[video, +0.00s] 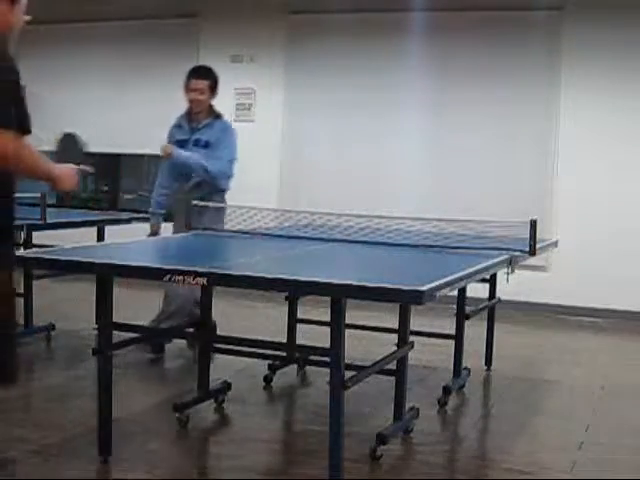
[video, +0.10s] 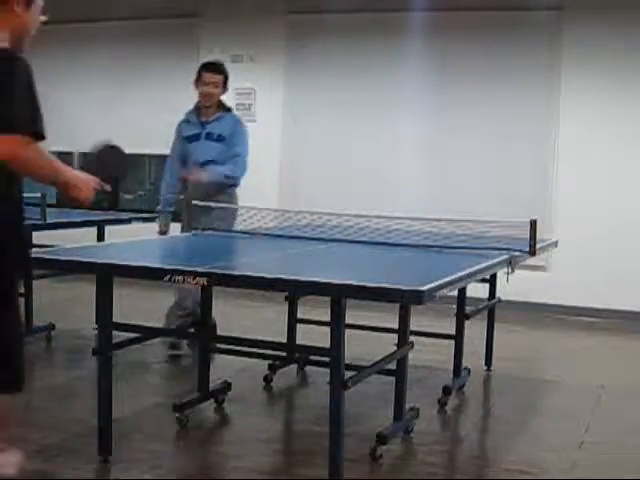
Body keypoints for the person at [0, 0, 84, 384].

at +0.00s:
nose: (24, 19)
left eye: (23, 10)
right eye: (21, 9)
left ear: (12, 12)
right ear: (8, 10)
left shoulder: (8, 62)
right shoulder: (5, 63)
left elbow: (13, 143)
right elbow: (9, 143)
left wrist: (51, 170)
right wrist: (54, 172)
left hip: (6, 218)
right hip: (3, 220)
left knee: (7, 283)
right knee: (6, 288)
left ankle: (7, 364)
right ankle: (5, 366)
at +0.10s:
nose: (39, 21)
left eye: (40, 12)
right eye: (37, 11)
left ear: (10, 11)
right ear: (17, 9)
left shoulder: (12, 63)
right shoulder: (10, 64)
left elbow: (15, 146)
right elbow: (13, 145)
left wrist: (65, 176)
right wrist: (68, 177)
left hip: (5, 242)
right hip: (1, 244)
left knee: (5, 346)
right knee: (3, 350)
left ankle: (5, 446)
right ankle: (2, 448)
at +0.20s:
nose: (55, 26)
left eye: (56, 16)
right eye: (54, 14)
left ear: (18, 11)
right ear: (31, 8)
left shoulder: (11, 64)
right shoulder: (13, 66)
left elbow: (19, 154)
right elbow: (20, 155)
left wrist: (73, 184)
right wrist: (79, 185)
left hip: (10, 256)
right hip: (7, 259)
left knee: (12, 373)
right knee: (11, 377)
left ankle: (29, 457)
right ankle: (28, 460)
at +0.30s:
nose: (77, 26)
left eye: (77, 16)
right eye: (74, 14)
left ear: (40, 10)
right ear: (47, 8)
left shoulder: (13, 61)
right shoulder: (23, 66)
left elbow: (23, 158)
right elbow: (23, 161)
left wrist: (78, 188)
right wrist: (85, 190)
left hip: (19, 250)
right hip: (19, 254)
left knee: (41, 365)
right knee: (40, 366)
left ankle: (45, 464)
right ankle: (45, 465)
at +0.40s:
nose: (95, 25)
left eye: (97, 15)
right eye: (91, 12)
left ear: (57, 12)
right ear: (61, 9)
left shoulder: (36, 67)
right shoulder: (30, 66)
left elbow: (37, 160)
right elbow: (28, 159)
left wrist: (88, 199)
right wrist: (92, 199)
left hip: (46, 258)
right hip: (27, 261)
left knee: (56, 383)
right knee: (39, 393)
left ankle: (51, 470)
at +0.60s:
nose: (130, 25)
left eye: (132, 16)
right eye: (127, 13)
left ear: (95, 11)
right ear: (100, 8)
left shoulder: (62, 60)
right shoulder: (67, 61)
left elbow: (81, 148)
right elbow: (41, 140)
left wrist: (126, 111)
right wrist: (109, 198)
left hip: (32, 246)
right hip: (58, 248)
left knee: (50, 376)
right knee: (102, 375)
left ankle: (48, 471)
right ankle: (75, 473)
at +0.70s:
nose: (149, 22)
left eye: (149, 12)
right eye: (145, 11)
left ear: (109, 12)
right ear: (121, 10)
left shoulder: (74, 62)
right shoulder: (90, 62)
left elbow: (115, 137)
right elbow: (56, 138)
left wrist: (146, 78)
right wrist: (122, 200)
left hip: (41, 246)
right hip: (69, 248)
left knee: (57, 382)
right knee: (109, 383)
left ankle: (51, 473)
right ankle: (115, 472)